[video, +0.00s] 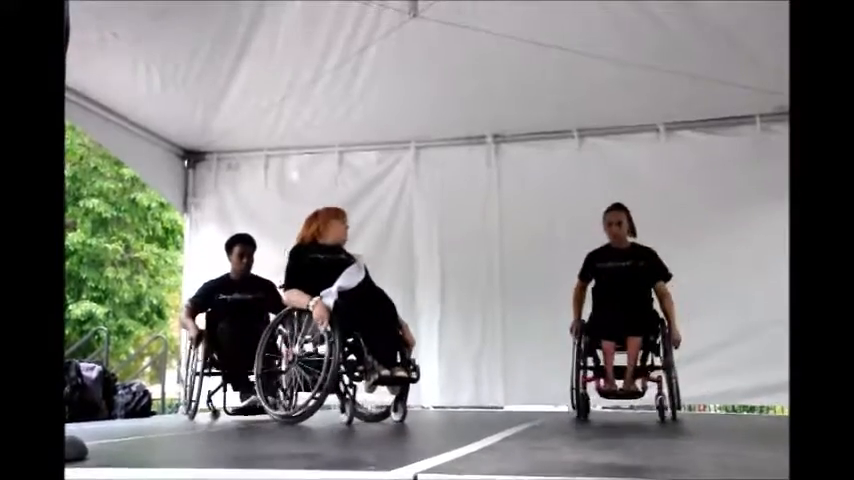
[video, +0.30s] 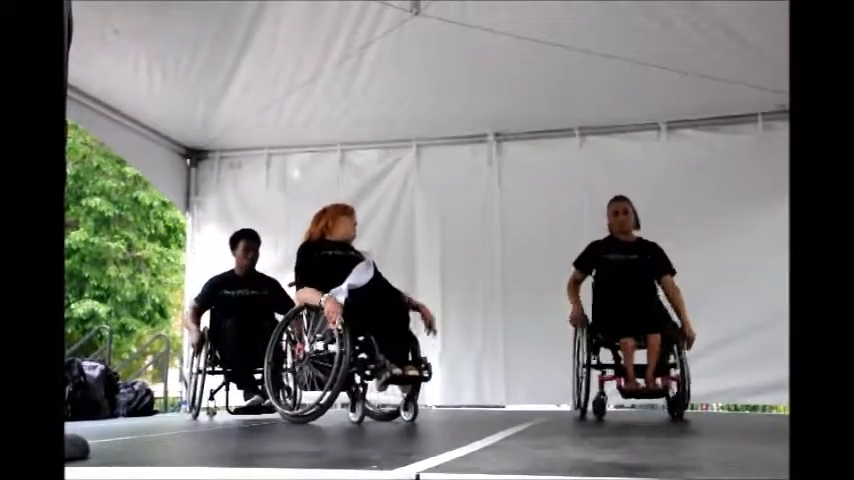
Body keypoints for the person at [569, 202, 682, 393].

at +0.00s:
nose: (614, 229)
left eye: (619, 224)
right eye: (609, 224)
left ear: (628, 225)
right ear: (604, 228)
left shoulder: (646, 255)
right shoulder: (595, 257)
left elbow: (662, 293)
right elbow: (581, 287)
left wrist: (672, 326)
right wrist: (577, 319)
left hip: (638, 313)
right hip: (607, 314)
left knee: (637, 320)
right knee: (606, 322)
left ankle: (629, 380)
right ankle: (609, 379)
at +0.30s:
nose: (621, 217)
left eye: (626, 212)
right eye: (615, 213)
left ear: (634, 218)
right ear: (608, 220)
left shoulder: (650, 249)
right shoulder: (597, 249)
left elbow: (669, 286)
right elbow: (574, 282)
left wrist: (686, 324)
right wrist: (576, 308)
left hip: (645, 309)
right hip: (611, 310)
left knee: (656, 330)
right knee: (627, 334)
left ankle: (651, 378)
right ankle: (630, 379)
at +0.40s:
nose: (628, 217)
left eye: (633, 213)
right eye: (622, 213)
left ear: (637, 218)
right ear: (611, 218)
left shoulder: (650, 248)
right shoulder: (599, 246)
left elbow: (677, 272)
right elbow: (579, 275)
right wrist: (595, 285)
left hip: (648, 304)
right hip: (618, 303)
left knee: (671, 307)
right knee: (640, 322)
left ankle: (663, 377)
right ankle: (641, 378)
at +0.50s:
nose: (633, 217)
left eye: (636, 212)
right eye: (627, 212)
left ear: (640, 217)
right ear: (613, 217)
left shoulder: (649, 246)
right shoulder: (604, 242)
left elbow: (679, 256)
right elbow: (589, 256)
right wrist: (601, 258)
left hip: (649, 310)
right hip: (616, 311)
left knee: (679, 303)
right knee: (649, 316)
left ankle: (672, 377)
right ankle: (651, 380)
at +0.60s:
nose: (639, 217)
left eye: (642, 212)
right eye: (633, 211)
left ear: (645, 216)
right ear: (619, 213)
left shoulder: (650, 242)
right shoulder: (608, 241)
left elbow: (689, 235)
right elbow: (598, 237)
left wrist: (704, 214)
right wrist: (621, 217)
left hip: (653, 307)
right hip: (620, 310)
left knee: (686, 302)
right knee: (656, 317)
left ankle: (681, 377)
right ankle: (662, 381)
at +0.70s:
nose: (647, 212)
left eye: (650, 208)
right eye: (641, 206)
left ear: (651, 213)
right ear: (624, 211)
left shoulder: (658, 238)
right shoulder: (613, 238)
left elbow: (688, 209)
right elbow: (605, 204)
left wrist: (701, 169)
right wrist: (630, 171)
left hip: (661, 305)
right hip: (629, 307)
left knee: (699, 302)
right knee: (673, 310)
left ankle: (697, 377)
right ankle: (679, 380)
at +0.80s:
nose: (653, 212)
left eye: (656, 208)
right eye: (648, 206)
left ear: (658, 212)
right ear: (632, 207)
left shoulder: (662, 234)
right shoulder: (617, 234)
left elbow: (687, 198)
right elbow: (603, 193)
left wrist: (699, 156)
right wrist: (619, 152)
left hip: (666, 305)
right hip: (634, 307)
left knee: (709, 303)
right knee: (686, 314)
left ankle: (707, 377)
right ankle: (687, 378)